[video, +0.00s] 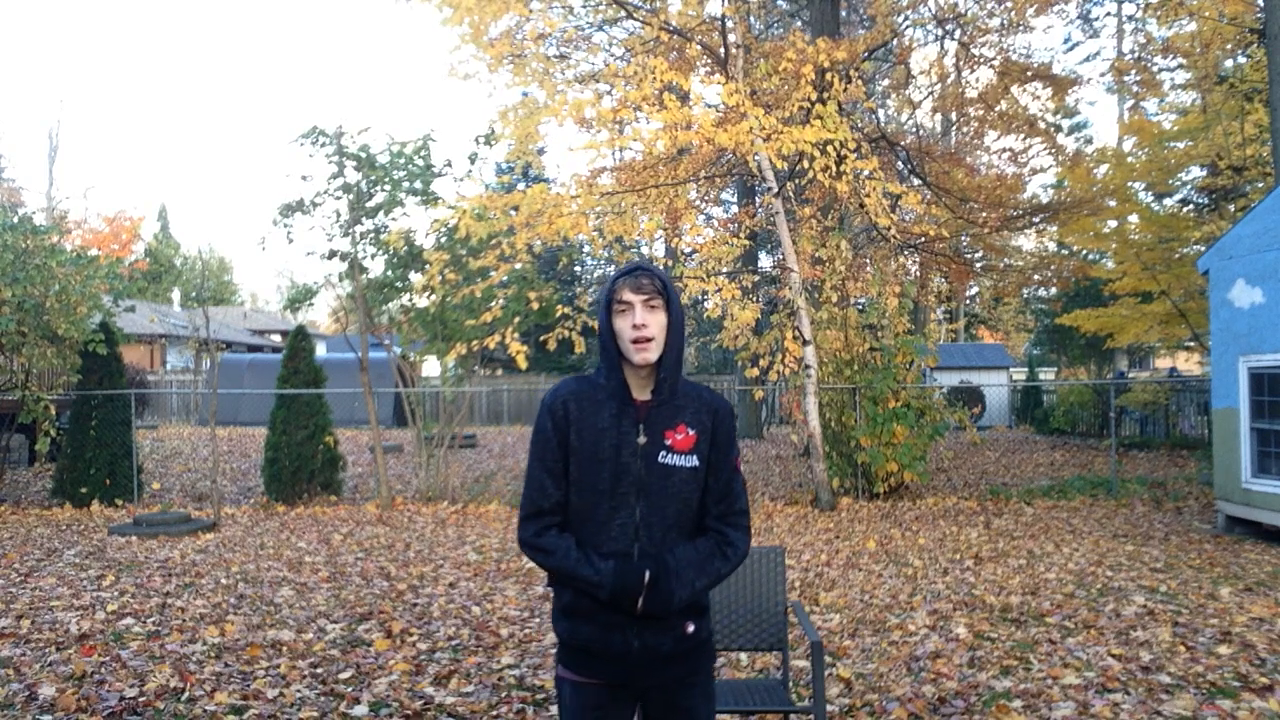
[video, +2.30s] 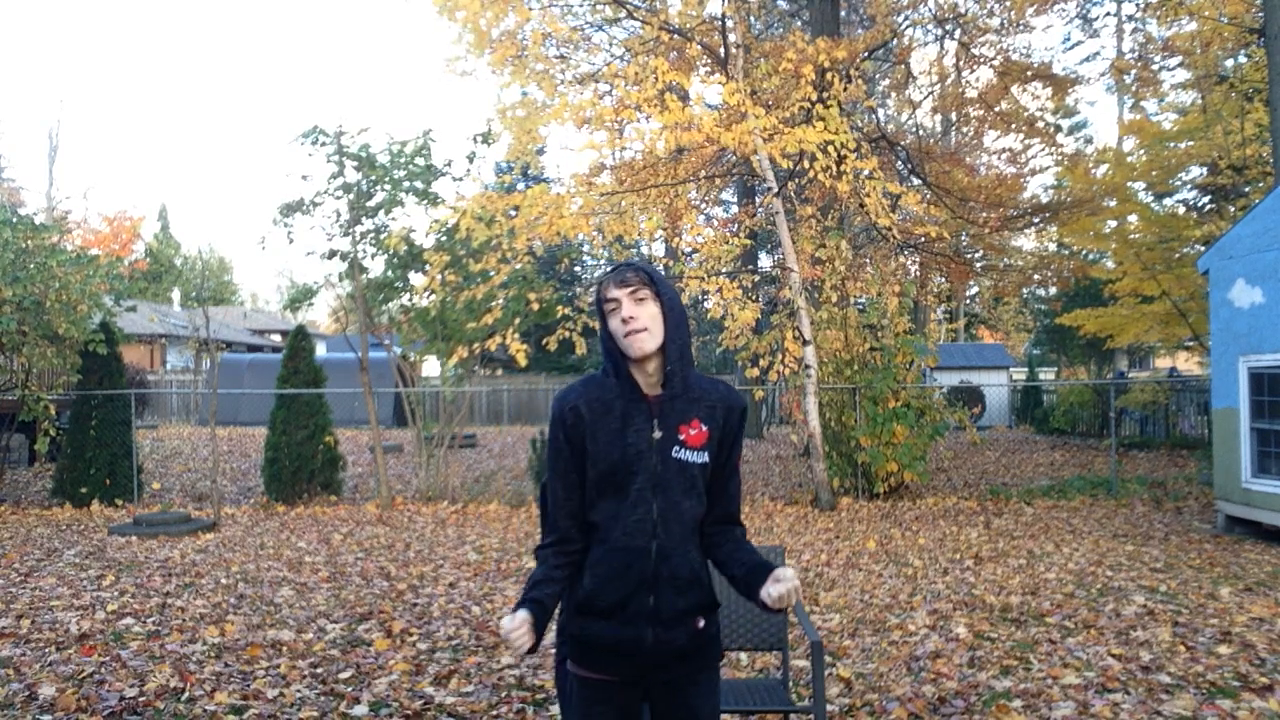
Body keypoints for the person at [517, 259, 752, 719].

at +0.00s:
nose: (639, 322)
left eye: (652, 307)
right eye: (623, 309)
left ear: (672, 319)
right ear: (608, 323)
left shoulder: (709, 411)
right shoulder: (566, 405)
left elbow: (732, 531)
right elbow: (536, 528)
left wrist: (667, 579)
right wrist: (611, 578)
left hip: (681, 651)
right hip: (590, 651)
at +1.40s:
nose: (627, 313)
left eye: (642, 301)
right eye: (614, 300)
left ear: (660, 317)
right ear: (595, 314)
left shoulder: (697, 400)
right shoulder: (553, 401)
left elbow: (762, 498)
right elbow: (501, 509)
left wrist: (680, 538)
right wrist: (593, 553)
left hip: (681, 645)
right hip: (590, 649)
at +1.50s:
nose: (620, 313)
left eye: (634, 300)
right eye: (606, 300)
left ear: (652, 317)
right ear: (586, 315)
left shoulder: (690, 391)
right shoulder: (547, 392)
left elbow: (783, 468)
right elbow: (481, 486)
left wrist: (756, 555)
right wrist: (521, 572)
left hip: (673, 638)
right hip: (582, 641)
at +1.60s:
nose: (617, 322)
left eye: (631, 310)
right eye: (603, 309)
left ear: (649, 325)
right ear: (582, 321)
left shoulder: (684, 402)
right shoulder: (537, 408)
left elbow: (761, 503)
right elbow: (483, 521)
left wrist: (851, 595)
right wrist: (437, 637)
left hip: (665, 650)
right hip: (573, 653)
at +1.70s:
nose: (612, 321)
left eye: (626, 309)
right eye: (598, 308)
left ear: (645, 323)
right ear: (577, 321)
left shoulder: (678, 402)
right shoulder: (540, 408)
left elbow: (725, 526)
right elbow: (511, 544)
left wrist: (824, 580)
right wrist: (437, 635)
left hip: (659, 648)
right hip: (566, 652)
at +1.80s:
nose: (609, 316)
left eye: (623, 305)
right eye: (595, 304)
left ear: (642, 319)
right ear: (576, 319)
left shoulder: (678, 402)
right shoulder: (539, 408)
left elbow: (696, 530)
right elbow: (532, 541)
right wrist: (477, 628)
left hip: (658, 645)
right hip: (570, 647)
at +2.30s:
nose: (627, 314)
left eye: (639, 299)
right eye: (613, 308)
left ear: (668, 307)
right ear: (604, 328)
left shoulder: (719, 405)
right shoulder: (577, 407)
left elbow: (720, 527)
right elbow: (562, 536)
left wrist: (761, 577)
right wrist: (532, 609)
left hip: (688, 647)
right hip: (597, 649)